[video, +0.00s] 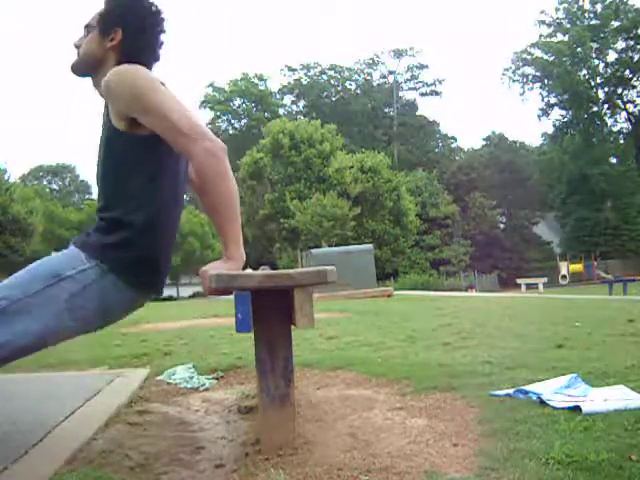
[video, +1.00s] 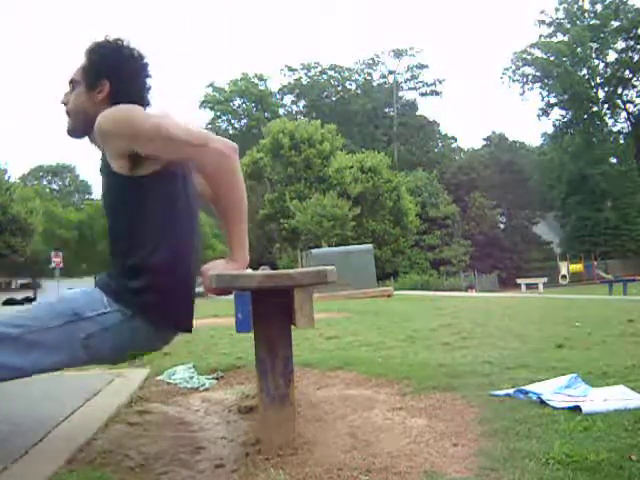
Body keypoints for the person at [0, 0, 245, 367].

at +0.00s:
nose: (78, 40)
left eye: (88, 31)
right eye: (84, 31)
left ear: (113, 39)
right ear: (112, 41)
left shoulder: (124, 80)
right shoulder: (136, 87)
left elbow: (209, 150)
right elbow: (200, 177)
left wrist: (233, 256)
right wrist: (234, 253)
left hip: (107, 267)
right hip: (111, 268)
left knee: (3, 326)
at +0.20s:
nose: (57, 116)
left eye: (67, 105)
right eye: (63, 105)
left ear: (93, 115)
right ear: (91, 114)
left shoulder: (109, 143)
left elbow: (217, 155)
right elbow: (209, 193)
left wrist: (238, 257)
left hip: (138, 329)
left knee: (5, 351)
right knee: (7, 348)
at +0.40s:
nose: (61, 107)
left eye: (72, 98)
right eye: (68, 97)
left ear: (96, 110)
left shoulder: (113, 136)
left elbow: (221, 154)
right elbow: (214, 193)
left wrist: (239, 258)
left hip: (136, 324)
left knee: (3, 344)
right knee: (5, 337)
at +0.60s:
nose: (77, 29)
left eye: (88, 18)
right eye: (83, 18)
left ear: (116, 26)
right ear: (114, 27)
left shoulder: (125, 63)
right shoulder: (158, 75)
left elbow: (189, 145)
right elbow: (197, 157)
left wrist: (233, 253)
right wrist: (232, 251)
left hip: (109, 251)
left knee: (3, 312)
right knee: (5, 320)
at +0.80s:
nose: (78, 21)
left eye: (88, 10)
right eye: (83, 11)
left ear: (117, 15)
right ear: (114, 17)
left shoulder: (128, 57)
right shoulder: (158, 67)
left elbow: (181, 151)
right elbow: (190, 160)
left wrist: (229, 253)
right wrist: (231, 253)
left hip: (103, 240)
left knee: (3, 313)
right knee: (7, 323)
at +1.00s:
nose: (64, 99)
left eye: (73, 86)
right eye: (69, 86)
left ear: (101, 91)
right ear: (102, 92)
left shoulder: (114, 122)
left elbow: (222, 154)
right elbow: (211, 190)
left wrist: (239, 259)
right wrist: (243, 251)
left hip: (134, 308)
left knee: (3, 338)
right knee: (9, 326)